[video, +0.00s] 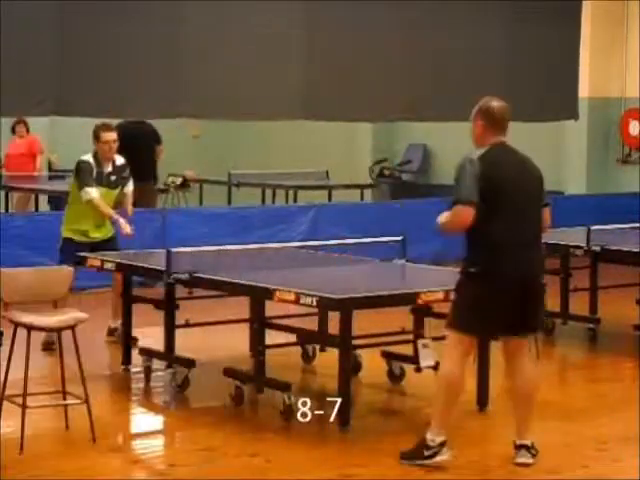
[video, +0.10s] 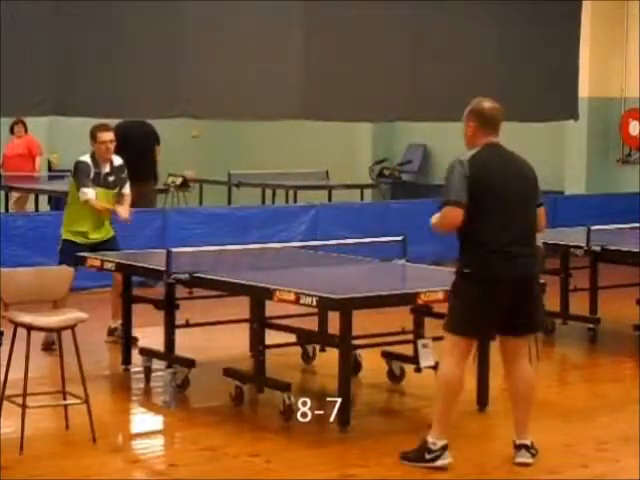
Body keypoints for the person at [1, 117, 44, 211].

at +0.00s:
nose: (20, 130)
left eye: (22, 127)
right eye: (18, 127)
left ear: (26, 129)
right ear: (14, 129)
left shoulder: (32, 140)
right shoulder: (13, 141)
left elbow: (39, 154)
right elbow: (7, 155)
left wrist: (37, 169)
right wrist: (5, 168)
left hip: (28, 175)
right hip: (13, 175)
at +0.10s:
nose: (19, 129)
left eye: (21, 127)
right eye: (16, 127)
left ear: (25, 129)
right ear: (12, 130)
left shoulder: (29, 140)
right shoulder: (10, 142)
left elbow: (38, 154)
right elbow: (5, 157)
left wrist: (37, 170)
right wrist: (3, 168)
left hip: (27, 176)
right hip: (11, 176)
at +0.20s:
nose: (17, 130)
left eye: (20, 128)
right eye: (15, 128)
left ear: (23, 130)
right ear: (11, 130)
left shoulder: (27, 141)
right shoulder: (7, 141)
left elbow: (35, 155)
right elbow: (3, 156)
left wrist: (34, 170)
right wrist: (3, 171)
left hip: (24, 174)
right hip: (8, 174)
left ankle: (17, 203)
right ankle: (17, 205)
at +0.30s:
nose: (17, 130)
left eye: (19, 127)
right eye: (14, 127)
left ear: (22, 129)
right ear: (10, 129)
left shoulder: (26, 140)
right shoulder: (4, 140)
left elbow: (31, 158)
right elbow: (2, 157)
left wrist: (30, 173)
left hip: (22, 176)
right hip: (6, 176)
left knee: (15, 203)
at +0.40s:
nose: (15, 130)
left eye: (18, 128)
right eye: (13, 127)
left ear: (21, 130)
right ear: (9, 129)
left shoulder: (24, 141)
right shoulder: (3, 140)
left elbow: (29, 158)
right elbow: (2, 155)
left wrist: (27, 173)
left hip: (18, 175)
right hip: (4, 175)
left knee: (17, 196)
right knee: (3, 195)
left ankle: (14, 212)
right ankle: (4, 211)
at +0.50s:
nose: (14, 130)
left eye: (16, 128)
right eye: (12, 127)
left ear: (20, 130)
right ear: (8, 128)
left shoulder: (23, 142)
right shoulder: (3, 140)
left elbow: (28, 158)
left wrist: (23, 172)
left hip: (17, 175)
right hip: (3, 174)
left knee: (16, 196)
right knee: (3, 196)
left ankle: (13, 212)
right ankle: (4, 212)